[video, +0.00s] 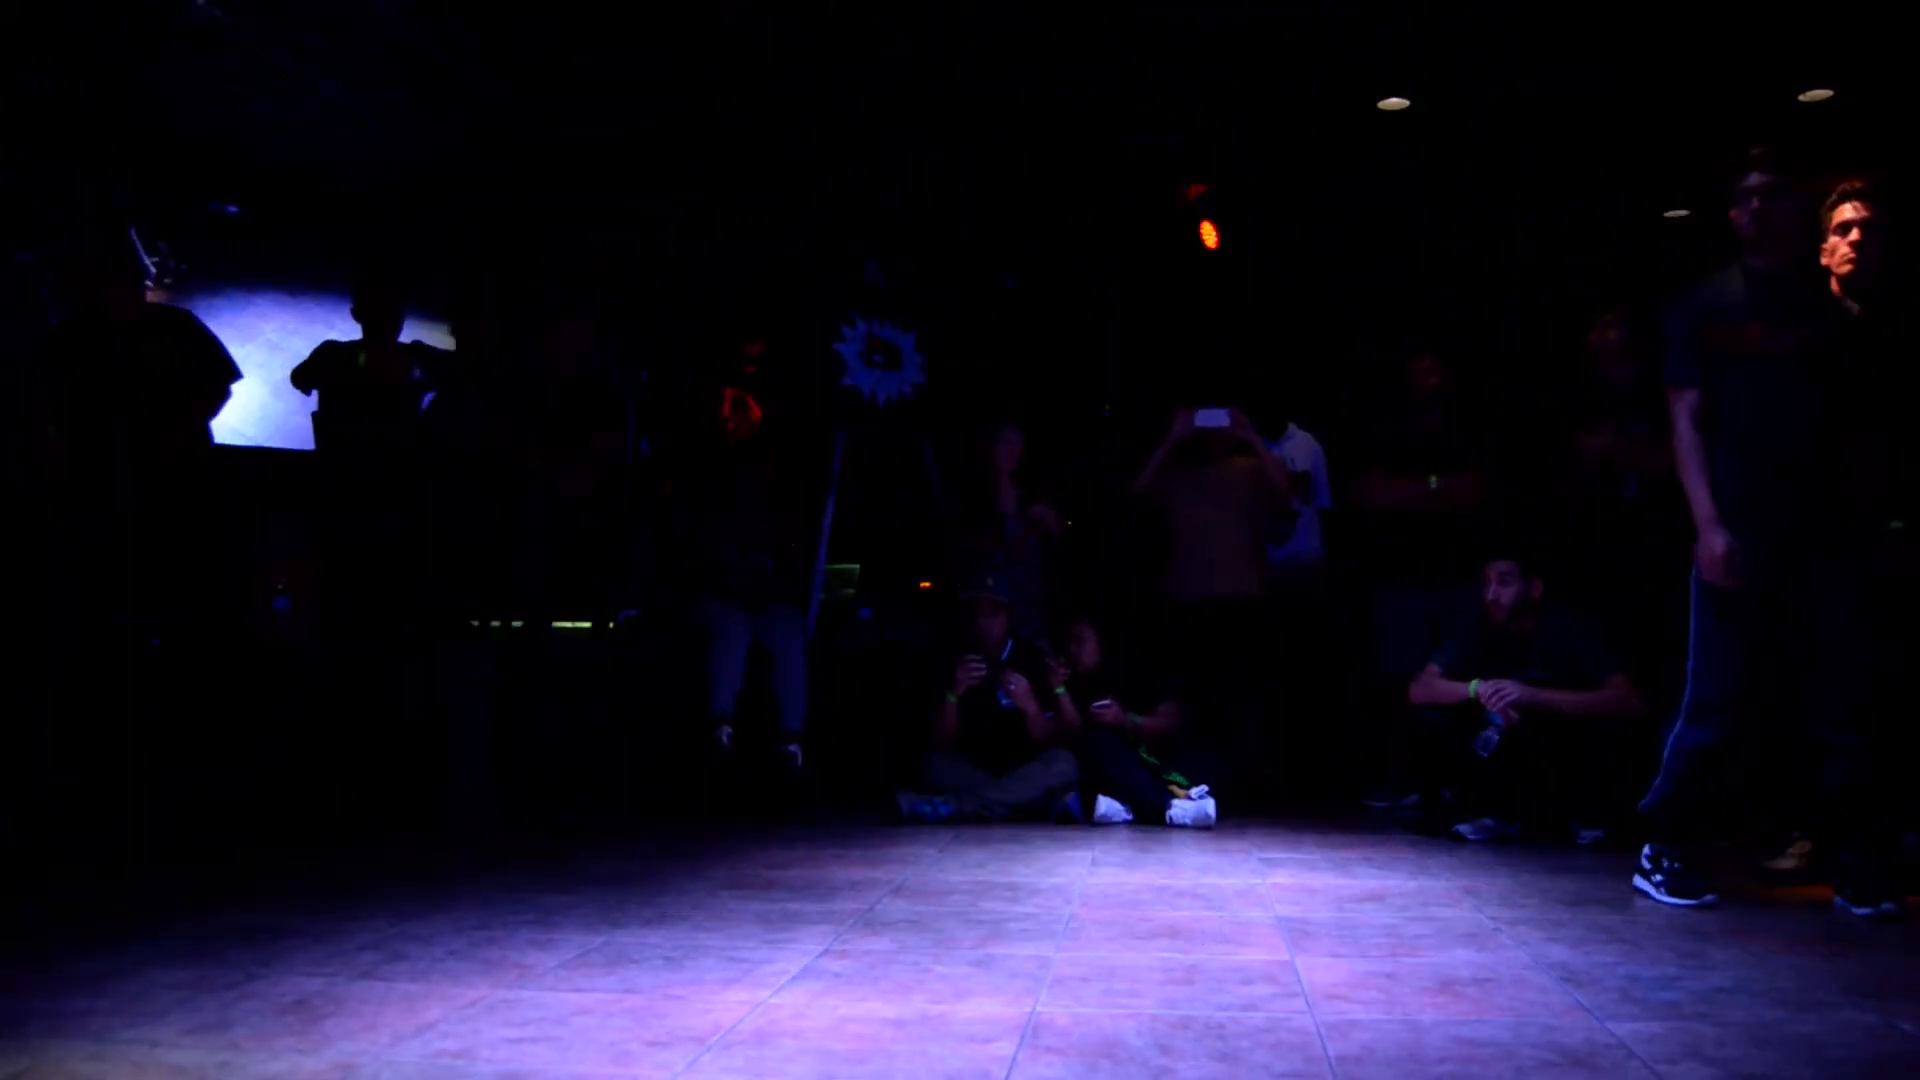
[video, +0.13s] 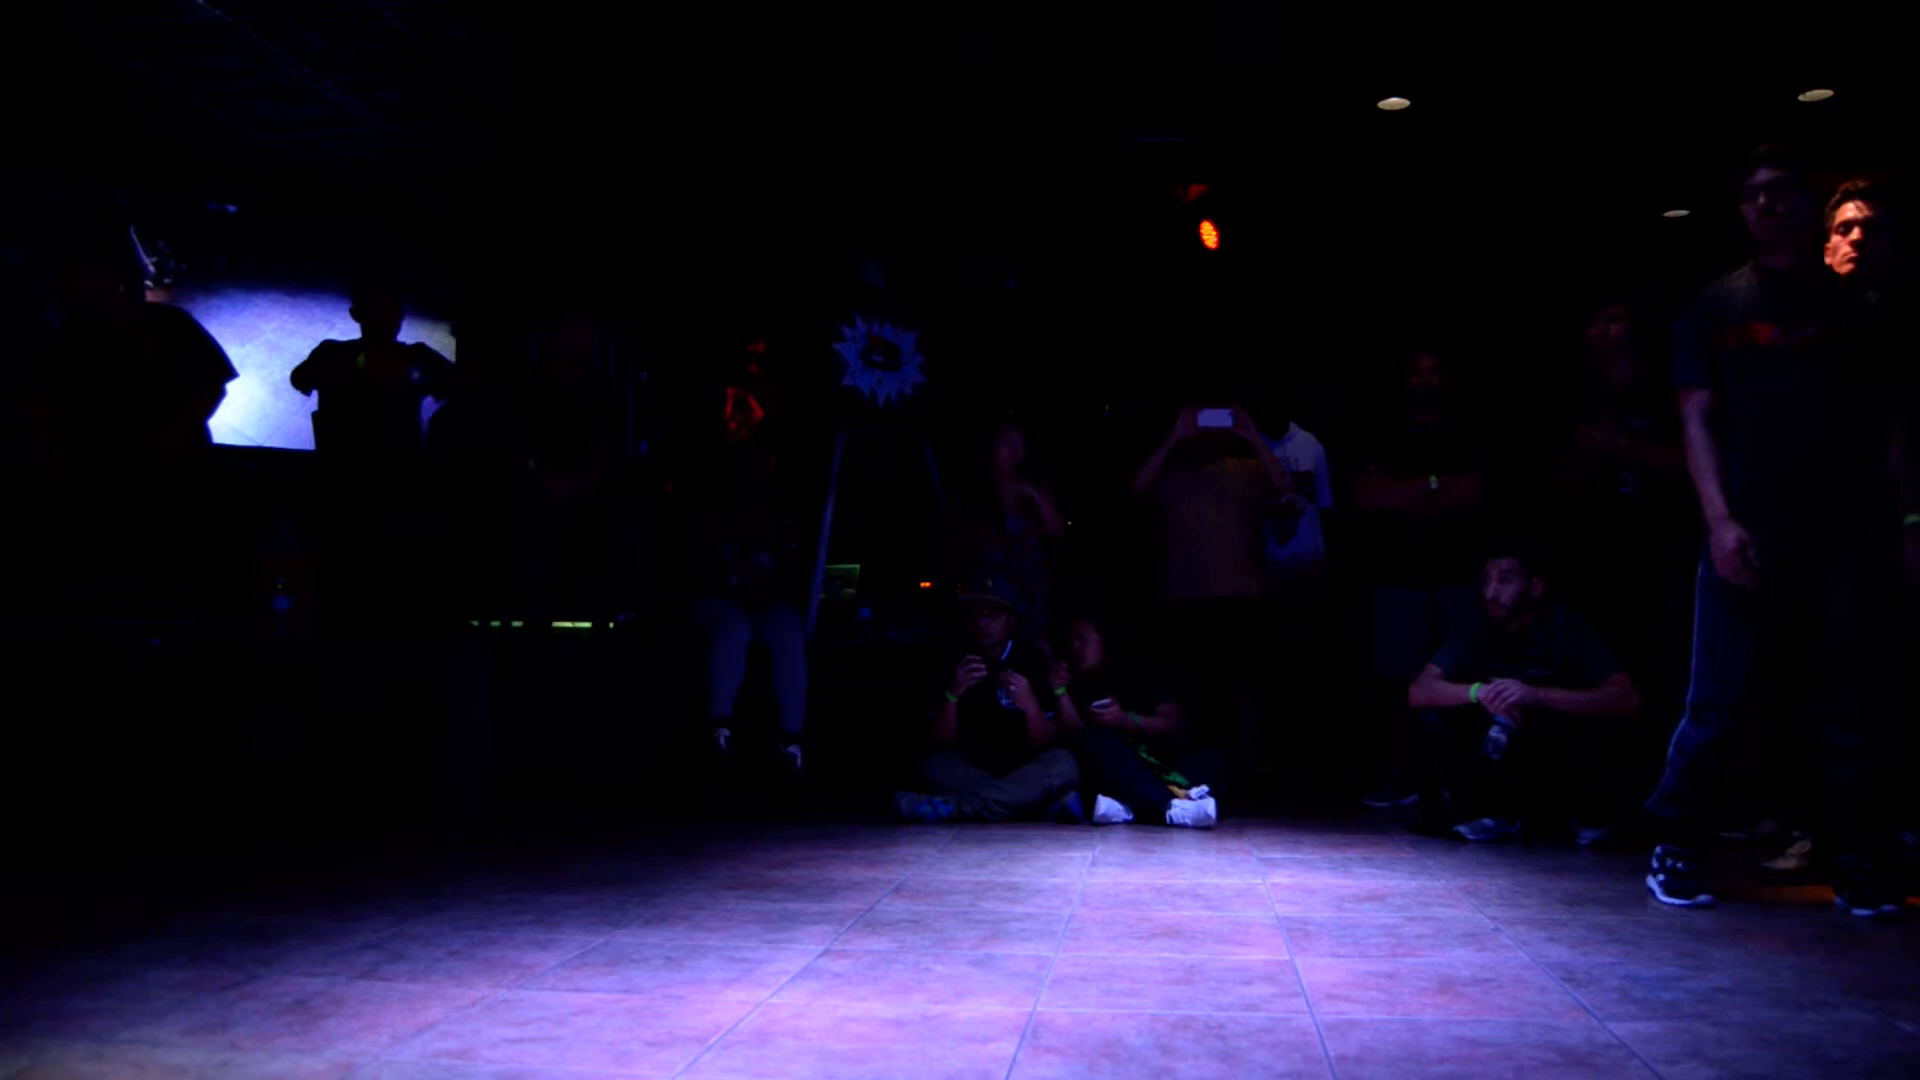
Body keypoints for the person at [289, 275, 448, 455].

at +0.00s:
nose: (385, 322)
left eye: (392, 314)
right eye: (377, 313)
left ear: (401, 316)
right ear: (357, 314)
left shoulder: (416, 356)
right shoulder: (333, 354)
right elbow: (299, 379)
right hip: (343, 451)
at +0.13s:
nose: (384, 321)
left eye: (391, 312)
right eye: (376, 312)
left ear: (400, 315)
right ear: (356, 314)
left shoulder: (417, 358)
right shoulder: (332, 354)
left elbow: (460, 388)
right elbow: (298, 379)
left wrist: (436, 427)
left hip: (402, 454)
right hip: (342, 455)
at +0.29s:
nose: (383, 321)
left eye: (391, 311)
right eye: (375, 311)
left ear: (401, 314)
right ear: (356, 314)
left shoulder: (421, 362)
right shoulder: (333, 355)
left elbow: (448, 408)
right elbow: (300, 383)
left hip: (402, 461)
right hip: (342, 459)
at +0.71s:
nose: (380, 319)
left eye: (388, 309)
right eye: (373, 308)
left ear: (400, 313)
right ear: (356, 309)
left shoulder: (416, 357)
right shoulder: (330, 353)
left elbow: (452, 391)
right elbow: (300, 384)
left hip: (401, 458)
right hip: (342, 458)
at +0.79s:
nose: (382, 319)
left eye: (390, 309)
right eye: (374, 309)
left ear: (401, 313)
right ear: (357, 310)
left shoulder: (416, 355)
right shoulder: (331, 353)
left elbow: (456, 378)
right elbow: (300, 385)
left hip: (401, 455)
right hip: (342, 456)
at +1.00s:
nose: (382, 319)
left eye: (390, 309)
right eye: (373, 308)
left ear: (400, 313)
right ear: (355, 311)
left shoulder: (411, 354)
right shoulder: (329, 355)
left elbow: (459, 354)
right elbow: (300, 389)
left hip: (399, 458)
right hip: (341, 458)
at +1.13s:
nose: (381, 319)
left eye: (388, 310)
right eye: (372, 309)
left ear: (398, 313)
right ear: (353, 313)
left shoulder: (409, 356)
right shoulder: (328, 357)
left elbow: (459, 358)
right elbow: (300, 391)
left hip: (398, 459)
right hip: (341, 460)